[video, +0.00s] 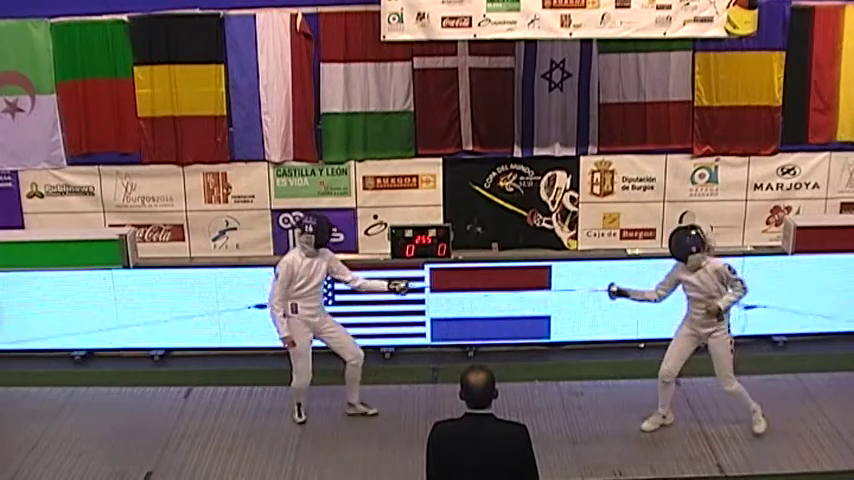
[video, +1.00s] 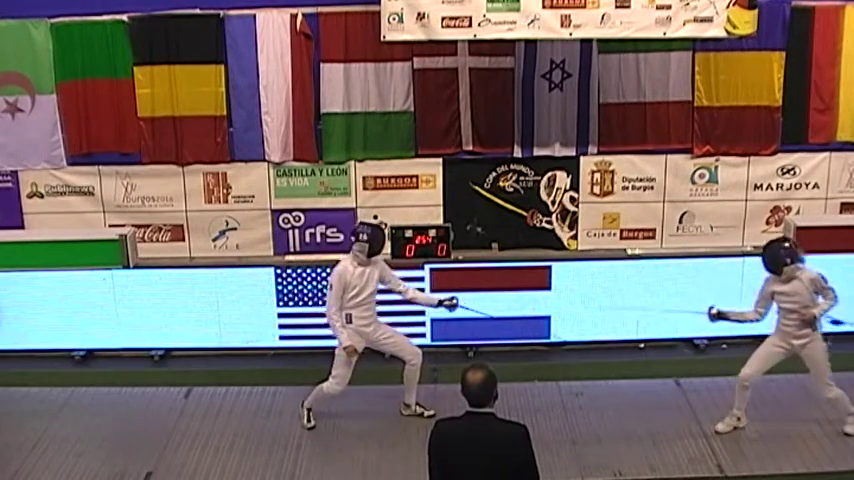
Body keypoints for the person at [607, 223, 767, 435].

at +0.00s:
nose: (685, 266)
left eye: (687, 261)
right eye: (683, 262)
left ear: (698, 253)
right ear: (682, 258)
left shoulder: (718, 268)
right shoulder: (680, 271)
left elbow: (739, 288)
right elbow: (657, 295)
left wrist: (722, 304)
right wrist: (624, 293)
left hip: (717, 330)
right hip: (690, 327)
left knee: (728, 384)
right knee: (666, 374)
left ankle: (755, 411)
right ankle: (663, 414)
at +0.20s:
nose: (694, 265)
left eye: (696, 260)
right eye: (691, 262)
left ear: (706, 251)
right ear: (692, 257)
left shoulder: (727, 264)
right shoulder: (689, 271)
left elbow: (750, 282)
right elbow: (670, 297)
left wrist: (734, 299)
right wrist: (638, 294)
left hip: (729, 328)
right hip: (702, 328)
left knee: (736, 379)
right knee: (676, 372)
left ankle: (759, 416)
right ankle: (664, 414)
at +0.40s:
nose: (714, 268)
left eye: (717, 263)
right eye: (712, 264)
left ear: (727, 255)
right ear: (710, 260)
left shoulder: (747, 268)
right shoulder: (709, 274)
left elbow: (771, 285)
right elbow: (694, 304)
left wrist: (755, 301)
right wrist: (662, 311)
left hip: (749, 330)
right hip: (721, 330)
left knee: (769, 379)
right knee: (694, 375)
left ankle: (797, 414)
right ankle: (691, 417)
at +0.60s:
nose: (747, 278)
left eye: (749, 274)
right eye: (744, 275)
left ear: (759, 265)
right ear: (742, 271)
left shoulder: (779, 277)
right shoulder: (742, 284)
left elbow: (804, 293)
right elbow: (738, 315)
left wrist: (790, 311)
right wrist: (707, 326)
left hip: (783, 339)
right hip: (754, 339)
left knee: (795, 390)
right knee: (716, 379)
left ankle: (810, 416)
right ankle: (694, 416)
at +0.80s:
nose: (760, 260)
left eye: (762, 256)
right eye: (757, 257)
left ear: (770, 248)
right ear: (754, 254)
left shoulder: (793, 259)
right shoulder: (755, 270)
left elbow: (819, 271)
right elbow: (752, 302)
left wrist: (808, 290)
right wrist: (720, 315)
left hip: (798, 325)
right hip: (768, 326)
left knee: (811, 378)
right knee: (741, 373)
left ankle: (822, 417)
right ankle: (735, 415)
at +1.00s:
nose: (779, 277)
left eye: (780, 272)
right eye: (776, 273)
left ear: (789, 263)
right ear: (773, 269)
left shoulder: (810, 277)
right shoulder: (771, 283)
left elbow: (831, 298)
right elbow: (757, 314)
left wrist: (817, 312)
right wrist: (722, 315)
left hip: (810, 340)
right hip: (781, 339)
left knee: (827, 389)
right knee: (745, 377)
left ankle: (851, 417)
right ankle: (737, 417)